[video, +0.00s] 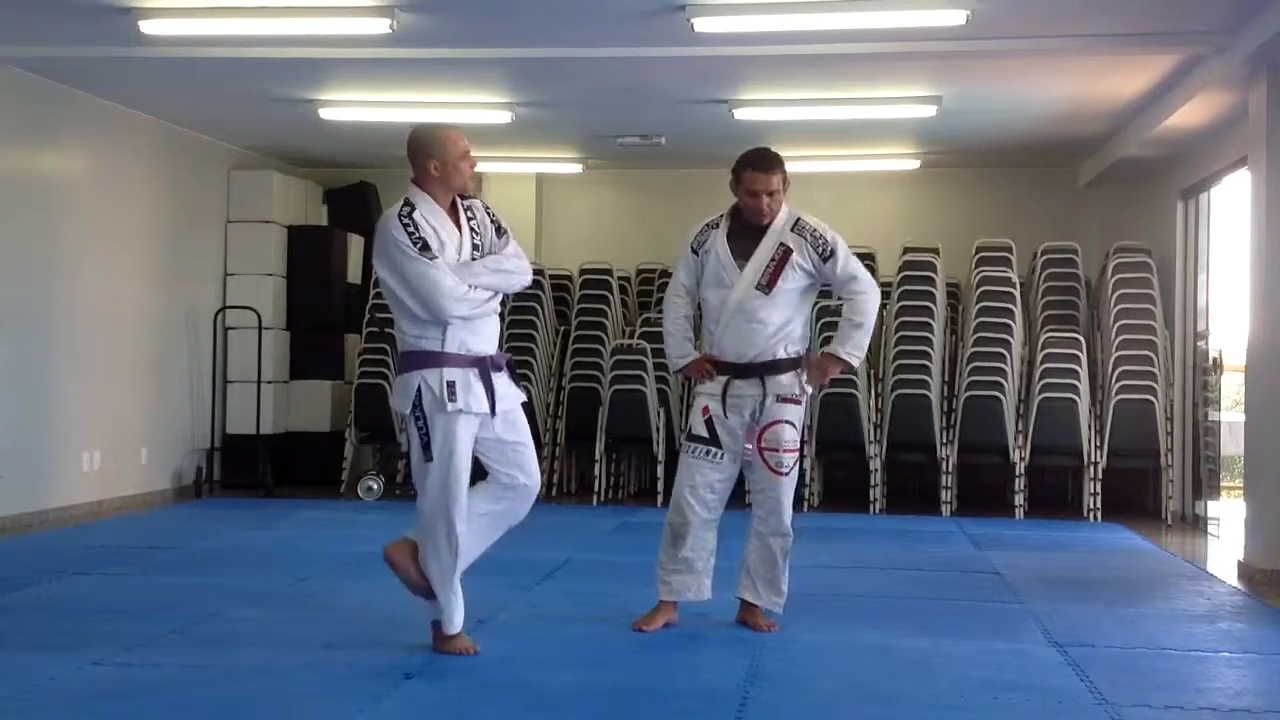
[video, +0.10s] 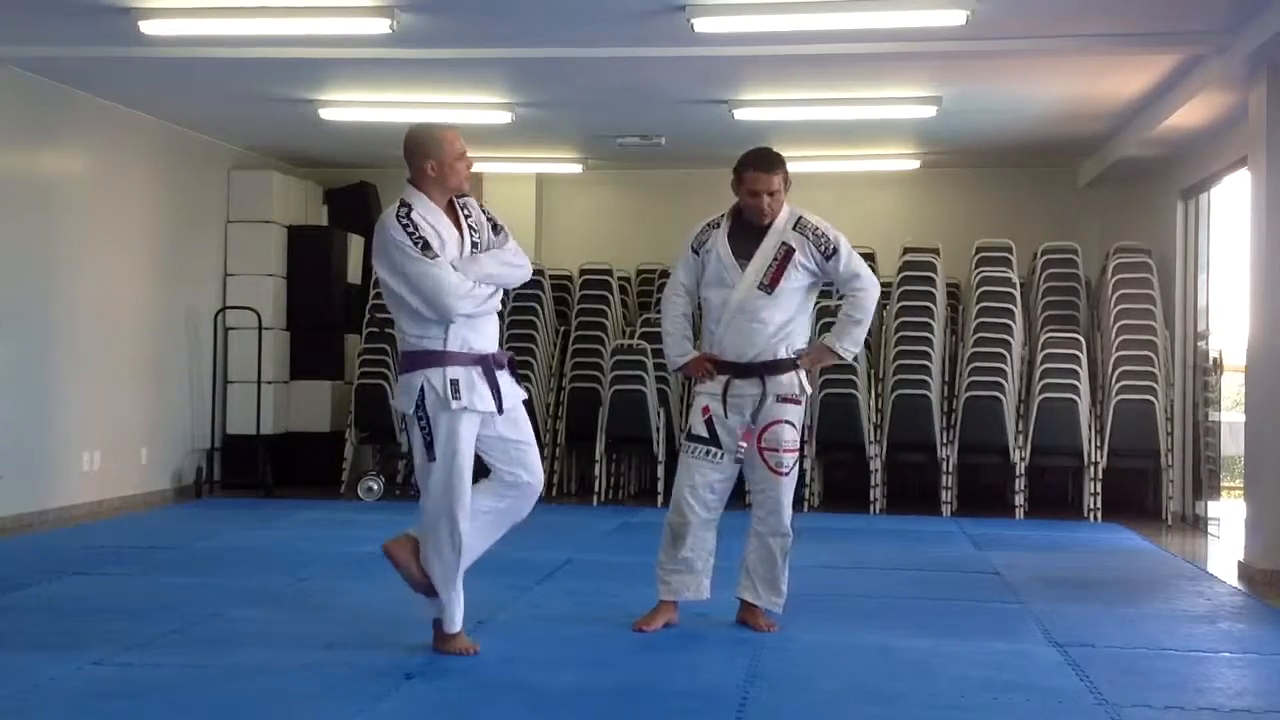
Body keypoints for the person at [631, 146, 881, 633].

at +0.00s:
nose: (765, 204)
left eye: (774, 194)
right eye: (755, 194)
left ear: (785, 191)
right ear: (734, 190)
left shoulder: (810, 238)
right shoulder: (706, 237)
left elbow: (863, 291)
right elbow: (677, 299)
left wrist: (839, 355)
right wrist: (684, 354)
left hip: (782, 388)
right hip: (717, 383)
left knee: (773, 504)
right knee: (690, 499)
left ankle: (756, 603)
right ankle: (670, 600)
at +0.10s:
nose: (765, 204)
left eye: (775, 194)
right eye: (755, 194)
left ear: (787, 191)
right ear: (736, 190)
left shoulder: (811, 236)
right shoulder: (707, 237)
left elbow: (863, 285)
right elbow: (676, 299)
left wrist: (836, 346)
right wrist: (683, 353)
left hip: (781, 387)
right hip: (716, 383)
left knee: (773, 504)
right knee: (690, 498)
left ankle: (756, 603)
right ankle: (669, 600)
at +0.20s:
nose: (762, 200)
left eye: (773, 191)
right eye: (754, 189)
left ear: (788, 190)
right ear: (738, 185)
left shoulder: (812, 237)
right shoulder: (708, 237)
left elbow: (857, 294)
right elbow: (674, 298)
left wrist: (831, 350)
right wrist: (684, 355)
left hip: (782, 385)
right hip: (717, 382)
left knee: (775, 504)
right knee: (691, 498)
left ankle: (756, 603)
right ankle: (670, 601)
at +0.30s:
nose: (757, 192)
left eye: (768, 185)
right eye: (750, 182)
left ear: (788, 190)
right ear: (739, 183)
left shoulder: (815, 242)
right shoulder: (710, 235)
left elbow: (854, 302)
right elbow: (672, 296)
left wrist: (831, 358)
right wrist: (684, 356)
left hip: (783, 388)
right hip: (718, 384)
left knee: (777, 506)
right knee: (693, 499)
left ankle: (755, 603)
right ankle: (670, 602)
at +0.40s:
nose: (757, 189)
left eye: (768, 181)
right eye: (751, 179)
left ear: (791, 187)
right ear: (741, 182)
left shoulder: (816, 242)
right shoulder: (712, 234)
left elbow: (853, 303)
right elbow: (672, 294)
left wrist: (832, 359)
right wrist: (685, 356)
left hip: (784, 389)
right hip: (719, 384)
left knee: (778, 506)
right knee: (693, 499)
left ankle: (755, 603)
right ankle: (670, 603)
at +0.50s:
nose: (758, 187)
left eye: (770, 179)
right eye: (752, 177)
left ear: (790, 187)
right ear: (741, 182)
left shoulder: (816, 242)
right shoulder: (712, 235)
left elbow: (851, 303)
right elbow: (671, 295)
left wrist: (833, 359)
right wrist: (686, 357)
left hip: (785, 392)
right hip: (720, 387)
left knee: (779, 506)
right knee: (694, 500)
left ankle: (755, 602)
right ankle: (670, 602)